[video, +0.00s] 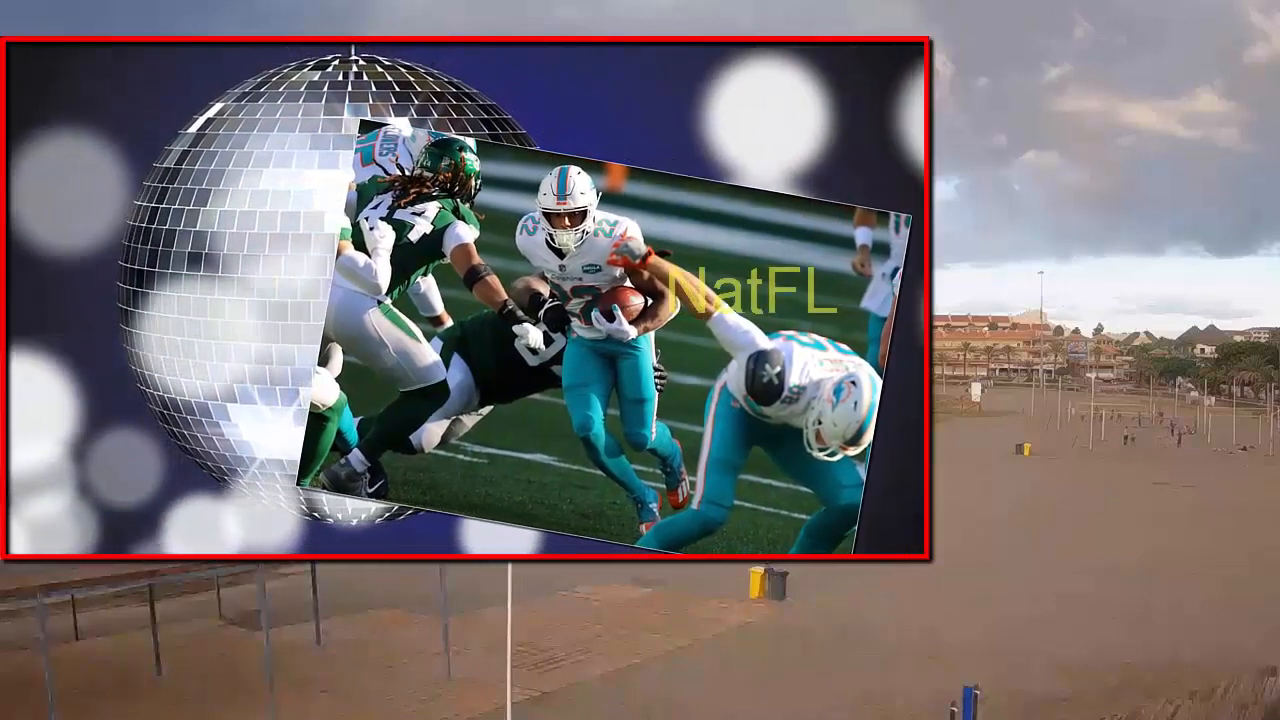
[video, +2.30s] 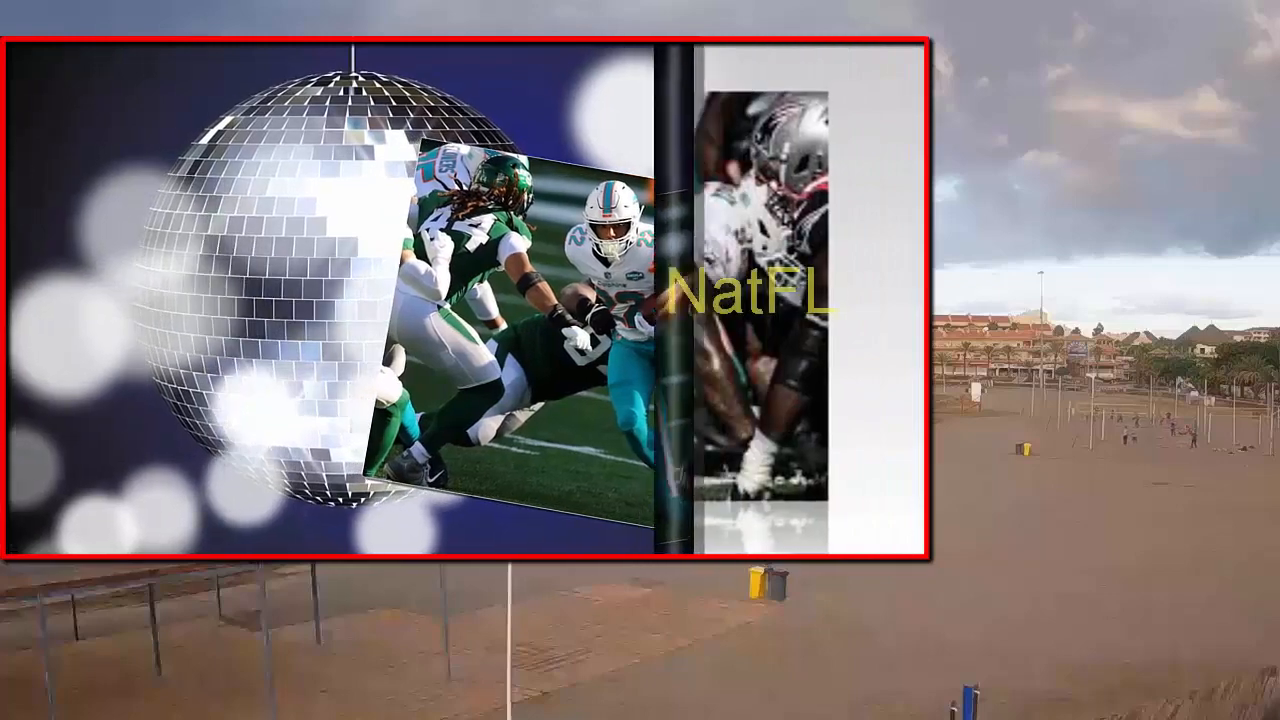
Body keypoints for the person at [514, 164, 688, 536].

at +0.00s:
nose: (564, 224)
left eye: (572, 215)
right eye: (555, 216)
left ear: (590, 209)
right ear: (543, 211)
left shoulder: (621, 237)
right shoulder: (529, 234)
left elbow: (668, 299)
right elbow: (555, 276)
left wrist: (636, 330)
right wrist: (559, 306)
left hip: (632, 341)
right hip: (583, 340)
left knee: (639, 436)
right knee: (587, 430)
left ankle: (673, 462)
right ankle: (645, 499)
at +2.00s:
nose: (603, 233)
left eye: (611, 225)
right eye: (595, 226)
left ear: (627, 219)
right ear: (584, 222)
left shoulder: (657, 243)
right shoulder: (571, 243)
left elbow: (701, 304)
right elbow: (592, 282)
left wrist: (669, 332)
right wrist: (592, 310)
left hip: (667, 343)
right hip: (621, 342)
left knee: (673, 431)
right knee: (625, 425)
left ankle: (704, 454)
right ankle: (678, 490)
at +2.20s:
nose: (607, 234)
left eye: (616, 226)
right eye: (599, 227)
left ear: (631, 220)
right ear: (587, 222)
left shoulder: (660, 244)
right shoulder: (575, 244)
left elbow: (697, 296)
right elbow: (598, 285)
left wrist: (675, 330)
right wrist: (594, 315)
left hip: (670, 342)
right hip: (624, 341)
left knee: (678, 433)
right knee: (629, 424)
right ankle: (681, 489)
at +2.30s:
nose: (610, 235)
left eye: (618, 227)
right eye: (602, 228)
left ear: (633, 221)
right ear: (590, 223)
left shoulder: (655, 245)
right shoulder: (577, 244)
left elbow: (682, 281)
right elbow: (599, 280)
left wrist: (651, 309)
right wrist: (595, 308)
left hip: (668, 341)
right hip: (627, 342)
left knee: (674, 426)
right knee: (630, 421)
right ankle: (675, 477)